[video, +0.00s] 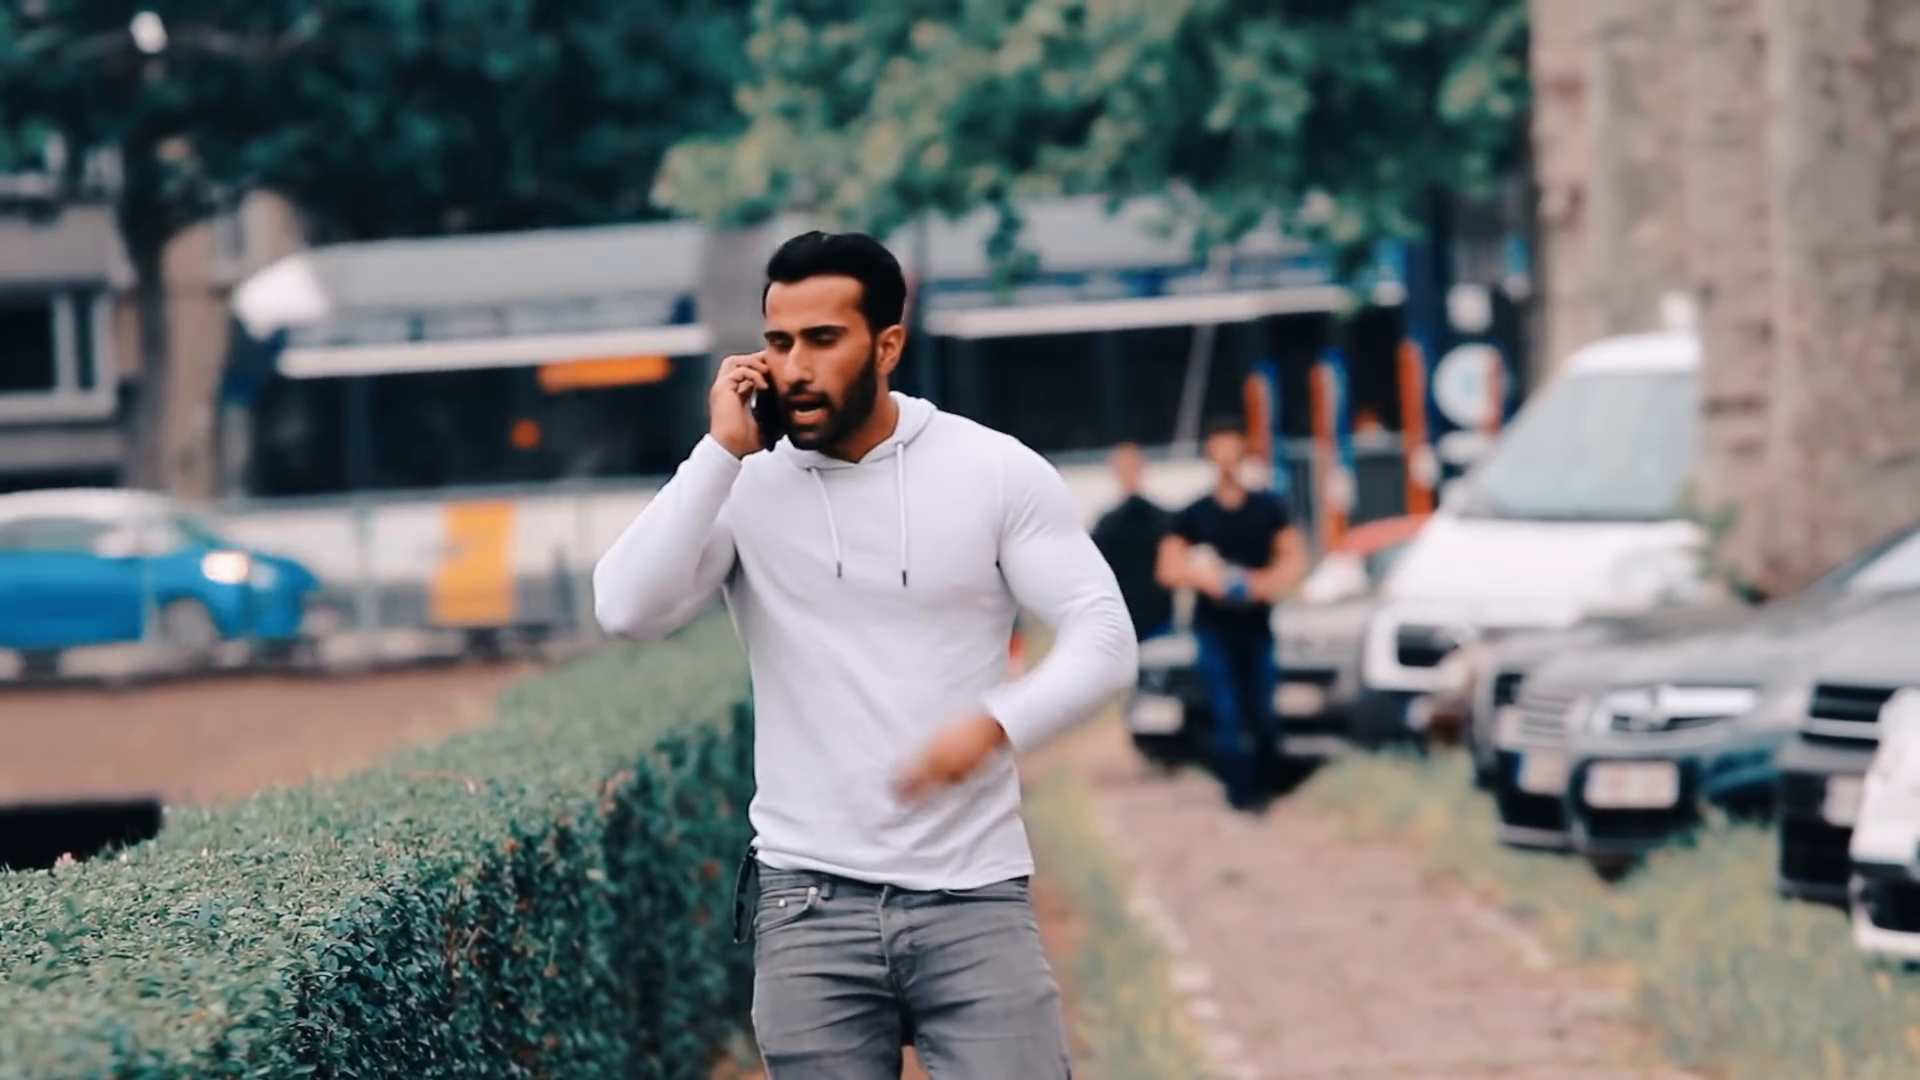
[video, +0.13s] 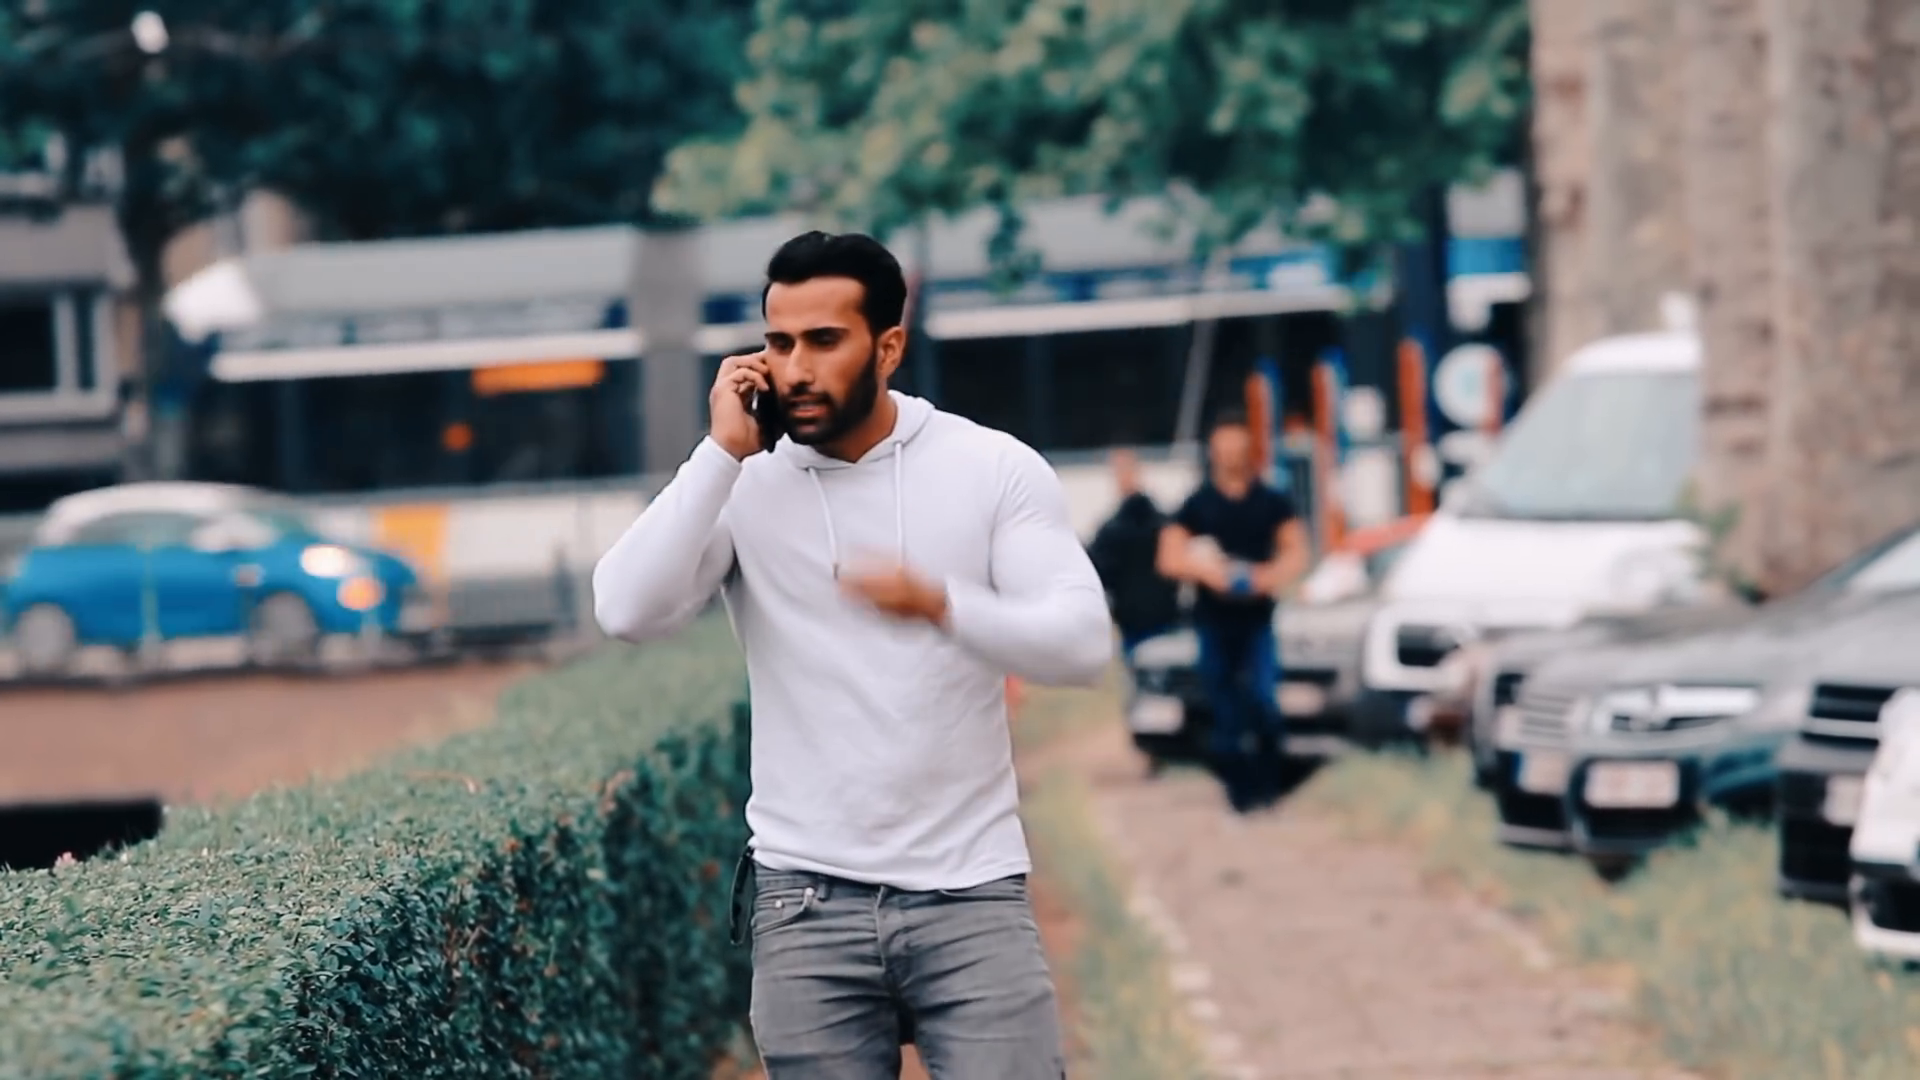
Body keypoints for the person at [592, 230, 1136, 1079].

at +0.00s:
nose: (792, 369)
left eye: (822, 339)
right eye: (777, 342)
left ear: (888, 346)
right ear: (760, 351)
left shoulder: (996, 472)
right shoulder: (741, 487)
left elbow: (1106, 643)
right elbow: (623, 608)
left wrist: (994, 724)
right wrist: (722, 452)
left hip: (975, 900)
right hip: (808, 904)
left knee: (1024, 1065)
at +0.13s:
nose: (792, 370)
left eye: (822, 341)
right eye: (778, 344)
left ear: (888, 346)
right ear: (761, 351)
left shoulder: (994, 469)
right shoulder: (742, 486)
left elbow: (1085, 644)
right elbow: (624, 609)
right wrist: (721, 452)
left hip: (973, 897)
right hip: (804, 901)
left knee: (1018, 1064)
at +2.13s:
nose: (799, 371)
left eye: (827, 342)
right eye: (785, 346)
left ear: (895, 346)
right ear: (769, 352)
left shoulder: (1011, 448)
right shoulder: (763, 485)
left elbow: (1038, 592)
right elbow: (651, 627)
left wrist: (871, 532)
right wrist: (732, 468)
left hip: (1000, 893)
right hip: (830, 899)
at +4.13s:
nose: (792, 375)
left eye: (820, 346)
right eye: (778, 350)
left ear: (889, 349)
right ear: (763, 357)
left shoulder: (1008, 457)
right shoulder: (761, 483)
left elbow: (1013, 607)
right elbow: (646, 631)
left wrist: (840, 558)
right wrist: (724, 472)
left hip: (991, 896)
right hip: (823, 902)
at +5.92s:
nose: (791, 370)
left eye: (820, 340)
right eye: (778, 345)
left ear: (889, 343)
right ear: (764, 354)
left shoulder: (1007, 456)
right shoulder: (765, 486)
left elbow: (1010, 611)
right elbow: (646, 627)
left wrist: (841, 589)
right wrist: (724, 465)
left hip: (990, 898)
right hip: (821, 904)